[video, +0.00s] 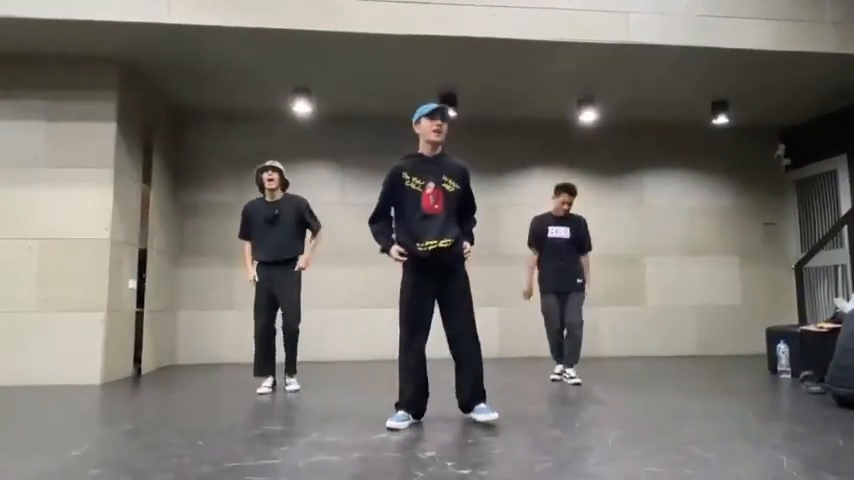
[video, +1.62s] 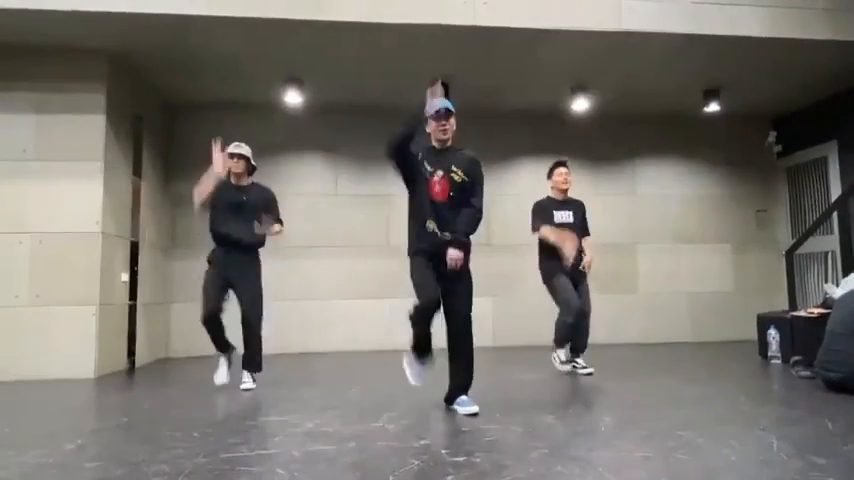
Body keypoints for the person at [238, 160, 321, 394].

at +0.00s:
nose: (269, 177)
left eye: (273, 174)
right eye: (266, 175)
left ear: (282, 179)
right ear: (260, 180)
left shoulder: (297, 203)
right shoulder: (252, 208)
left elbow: (317, 229)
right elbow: (247, 240)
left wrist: (308, 255)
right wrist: (249, 267)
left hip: (290, 271)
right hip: (264, 271)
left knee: (291, 324)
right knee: (263, 326)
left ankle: (290, 375)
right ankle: (267, 377)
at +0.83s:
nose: (246, 166)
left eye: (251, 162)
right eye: (242, 162)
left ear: (259, 169)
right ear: (236, 168)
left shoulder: (273, 196)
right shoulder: (224, 196)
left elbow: (293, 224)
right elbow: (212, 223)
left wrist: (281, 242)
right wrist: (216, 242)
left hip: (262, 266)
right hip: (233, 266)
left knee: (262, 321)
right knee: (230, 322)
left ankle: (260, 372)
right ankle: (230, 374)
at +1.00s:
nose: (242, 172)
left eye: (246, 168)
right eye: (238, 168)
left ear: (255, 174)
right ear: (232, 173)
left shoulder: (268, 203)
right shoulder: (221, 201)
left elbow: (271, 239)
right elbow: (218, 236)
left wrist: (252, 246)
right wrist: (232, 242)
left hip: (255, 268)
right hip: (229, 266)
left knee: (256, 322)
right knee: (217, 316)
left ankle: (249, 374)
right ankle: (226, 369)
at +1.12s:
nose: (238, 177)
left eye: (242, 173)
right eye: (234, 173)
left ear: (251, 178)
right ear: (229, 178)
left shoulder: (267, 205)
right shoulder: (220, 203)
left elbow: (289, 225)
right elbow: (192, 222)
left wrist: (304, 226)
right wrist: (160, 218)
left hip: (251, 275)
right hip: (221, 273)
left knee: (258, 327)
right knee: (194, 319)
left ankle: (249, 376)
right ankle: (177, 366)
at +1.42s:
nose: (235, 174)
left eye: (240, 170)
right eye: (232, 170)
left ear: (249, 175)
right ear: (227, 175)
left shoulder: (263, 203)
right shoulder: (217, 201)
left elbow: (285, 234)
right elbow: (199, 233)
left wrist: (289, 217)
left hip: (250, 271)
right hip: (220, 270)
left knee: (252, 324)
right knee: (206, 320)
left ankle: (250, 373)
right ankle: (207, 364)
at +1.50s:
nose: (237, 174)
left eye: (242, 171)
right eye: (233, 170)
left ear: (251, 176)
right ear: (228, 174)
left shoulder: (261, 203)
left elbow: (279, 239)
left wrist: (275, 217)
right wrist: (211, 238)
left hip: (250, 271)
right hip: (221, 271)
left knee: (254, 324)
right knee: (220, 325)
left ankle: (251, 374)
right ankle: (227, 368)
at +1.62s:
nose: (235, 162)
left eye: (240, 158)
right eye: (231, 158)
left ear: (249, 164)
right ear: (226, 162)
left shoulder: (263, 194)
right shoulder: (218, 188)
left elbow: (278, 226)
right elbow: (197, 199)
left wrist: (269, 229)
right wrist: (214, 171)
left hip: (248, 260)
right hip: (220, 258)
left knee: (251, 318)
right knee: (209, 314)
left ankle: (249, 370)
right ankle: (226, 352)